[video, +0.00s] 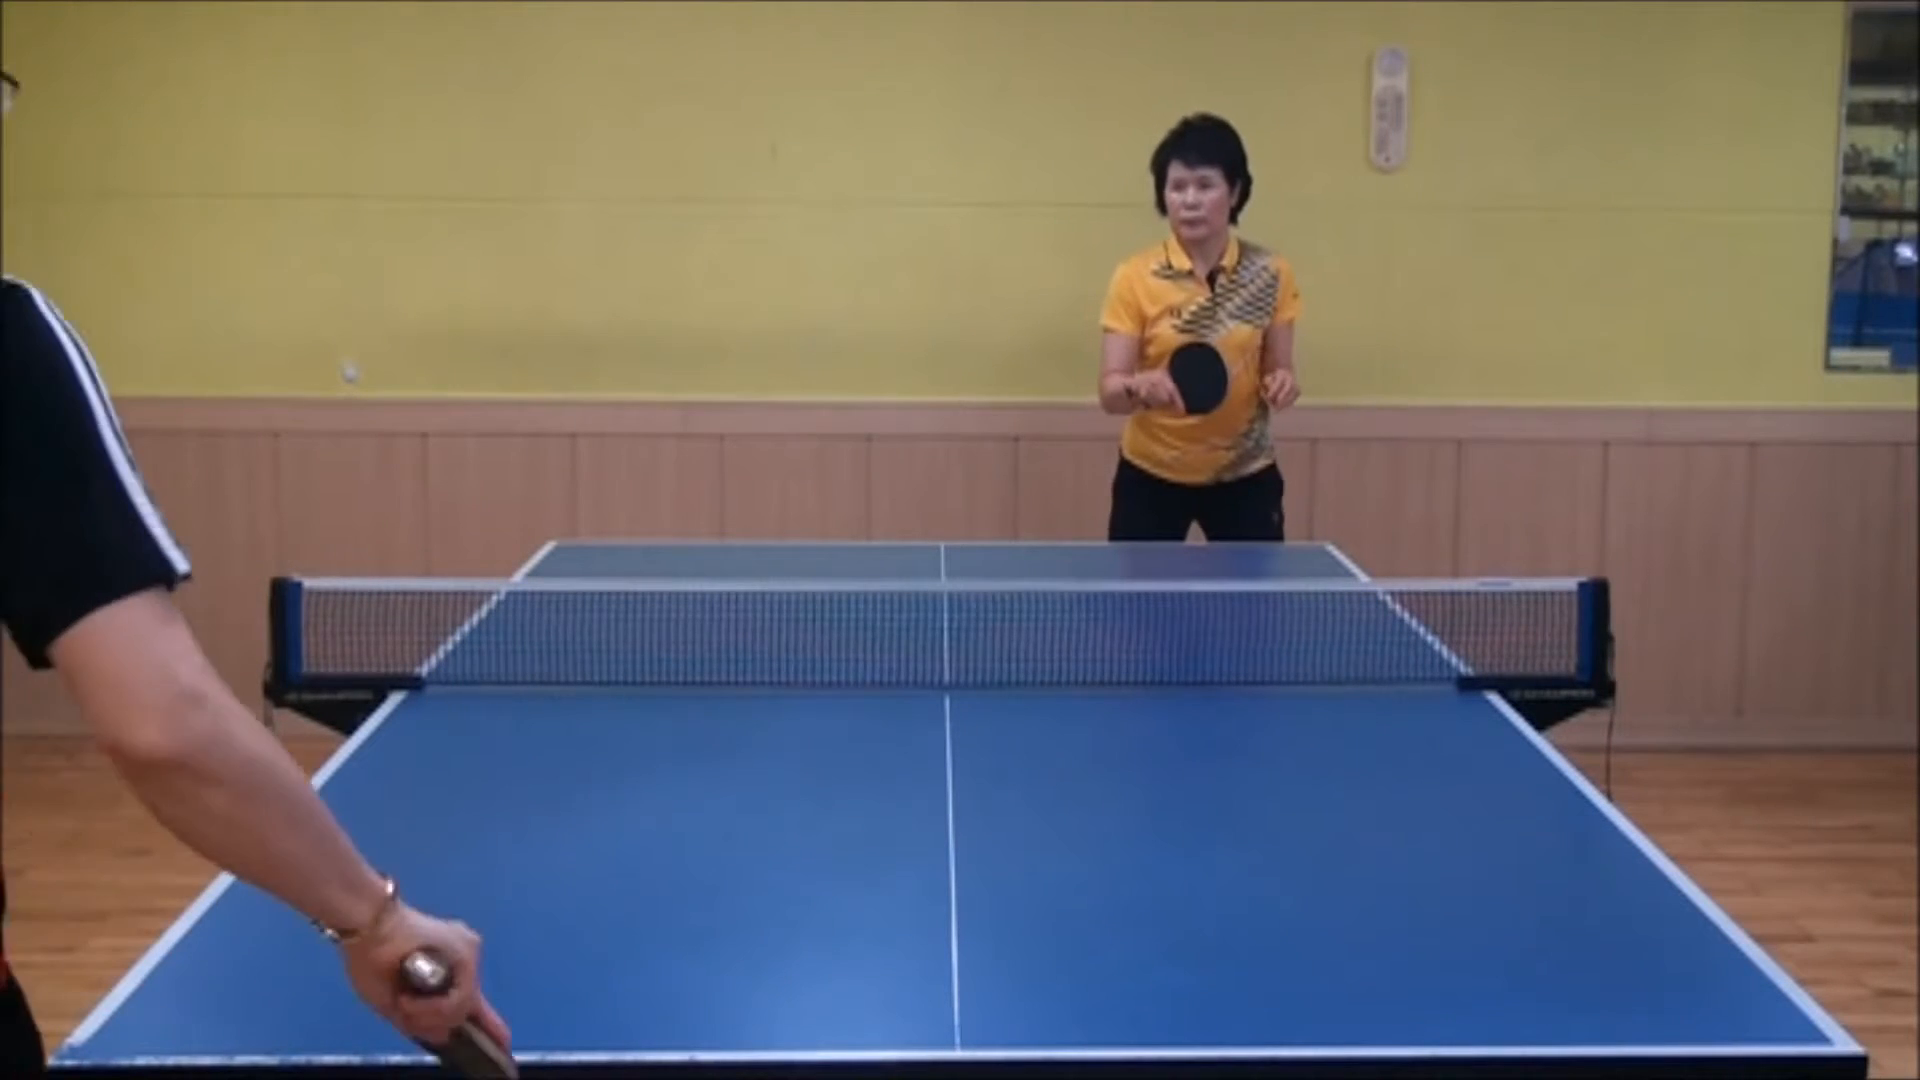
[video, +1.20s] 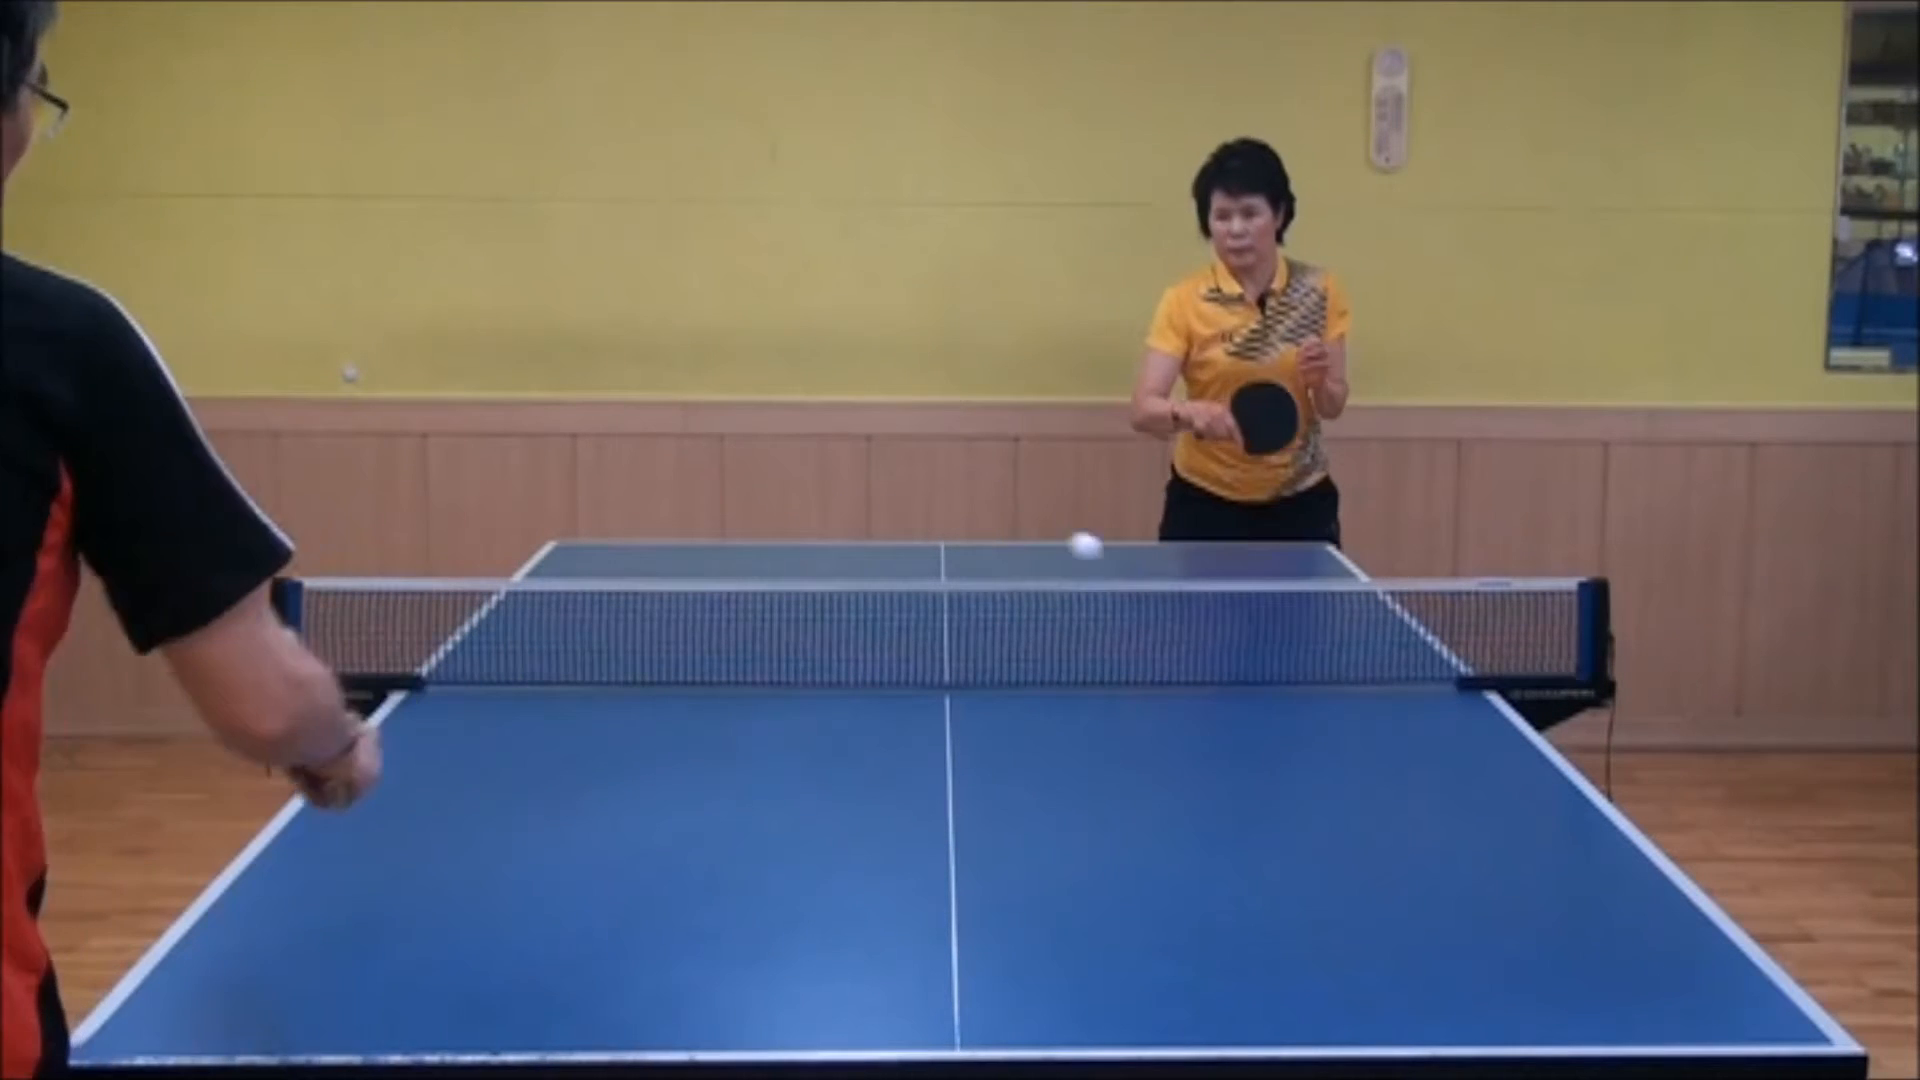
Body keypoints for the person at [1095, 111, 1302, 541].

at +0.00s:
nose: (1190, 200)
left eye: (1205, 185)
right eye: (1178, 186)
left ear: (1235, 193)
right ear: (1162, 196)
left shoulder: (1271, 277)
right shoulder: (1135, 278)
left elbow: (1277, 371)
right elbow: (1111, 392)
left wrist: (1281, 385)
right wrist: (1139, 388)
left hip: (1243, 481)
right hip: (1152, 478)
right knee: (1136, 599)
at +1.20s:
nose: (1236, 230)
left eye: (1251, 214)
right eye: (1223, 217)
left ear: (1280, 216)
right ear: (1207, 224)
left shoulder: (1320, 294)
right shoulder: (1184, 303)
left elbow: (1332, 408)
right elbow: (1144, 409)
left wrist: (1320, 381)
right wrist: (1188, 412)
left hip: (1298, 506)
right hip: (1205, 507)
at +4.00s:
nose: (1290, 259)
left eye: (1305, 243)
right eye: (1276, 246)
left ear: (1335, 251)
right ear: (1259, 258)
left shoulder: (1364, 332)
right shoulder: (1237, 340)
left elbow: (1375, 440)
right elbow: (1187, 445)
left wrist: (1397, 427)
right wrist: (1226, 453)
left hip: (1331, 532)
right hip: (1240, 531)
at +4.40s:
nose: (1271, 216)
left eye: (1287, 202)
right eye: (1260, 202)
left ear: (1320, 209)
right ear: (1245, 211)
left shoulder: (1357, 290)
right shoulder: (1221, 296)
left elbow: (1372, 391)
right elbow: (1187, 412)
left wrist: (1376, 400)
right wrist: (1221, 396)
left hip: (1328, 491)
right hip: (1237, 488)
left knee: (1324, 622)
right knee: (1231, 622)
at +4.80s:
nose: (1202, 210)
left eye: (1218, 197)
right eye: (1191, 196)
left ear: (1249, 206)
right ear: (1175, 204)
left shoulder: (1283, 288)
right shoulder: (1147, 289)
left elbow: (1291, 379)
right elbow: (1114, 402)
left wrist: (1296, 397)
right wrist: (1145, 390)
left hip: (1255, 489)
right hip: (1162, 487)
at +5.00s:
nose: (1165, 208)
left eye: (1181, 194)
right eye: (1154, 194)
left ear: (1212, 202)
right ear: (1139, 202)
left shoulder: (1249, 282)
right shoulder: (1112, 285)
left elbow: (1259, 372)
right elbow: (1077, 397)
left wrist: (1252, 390)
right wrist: (1105, 382)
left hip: (1227, 483)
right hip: (1134, 481)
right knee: (1117, 599)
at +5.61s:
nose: (1197, 203)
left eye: (1214, 189)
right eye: (1186, 189)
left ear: (1244, 196)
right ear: (1170, 196)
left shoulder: (1276, 279)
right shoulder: (1141, 280)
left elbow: (1283, 374)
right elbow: (1113, 394)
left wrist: (1283, 390)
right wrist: (1142, 382)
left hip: (1247, 482)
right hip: (1156, 479)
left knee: (1262, 600)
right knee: (1137, 600)